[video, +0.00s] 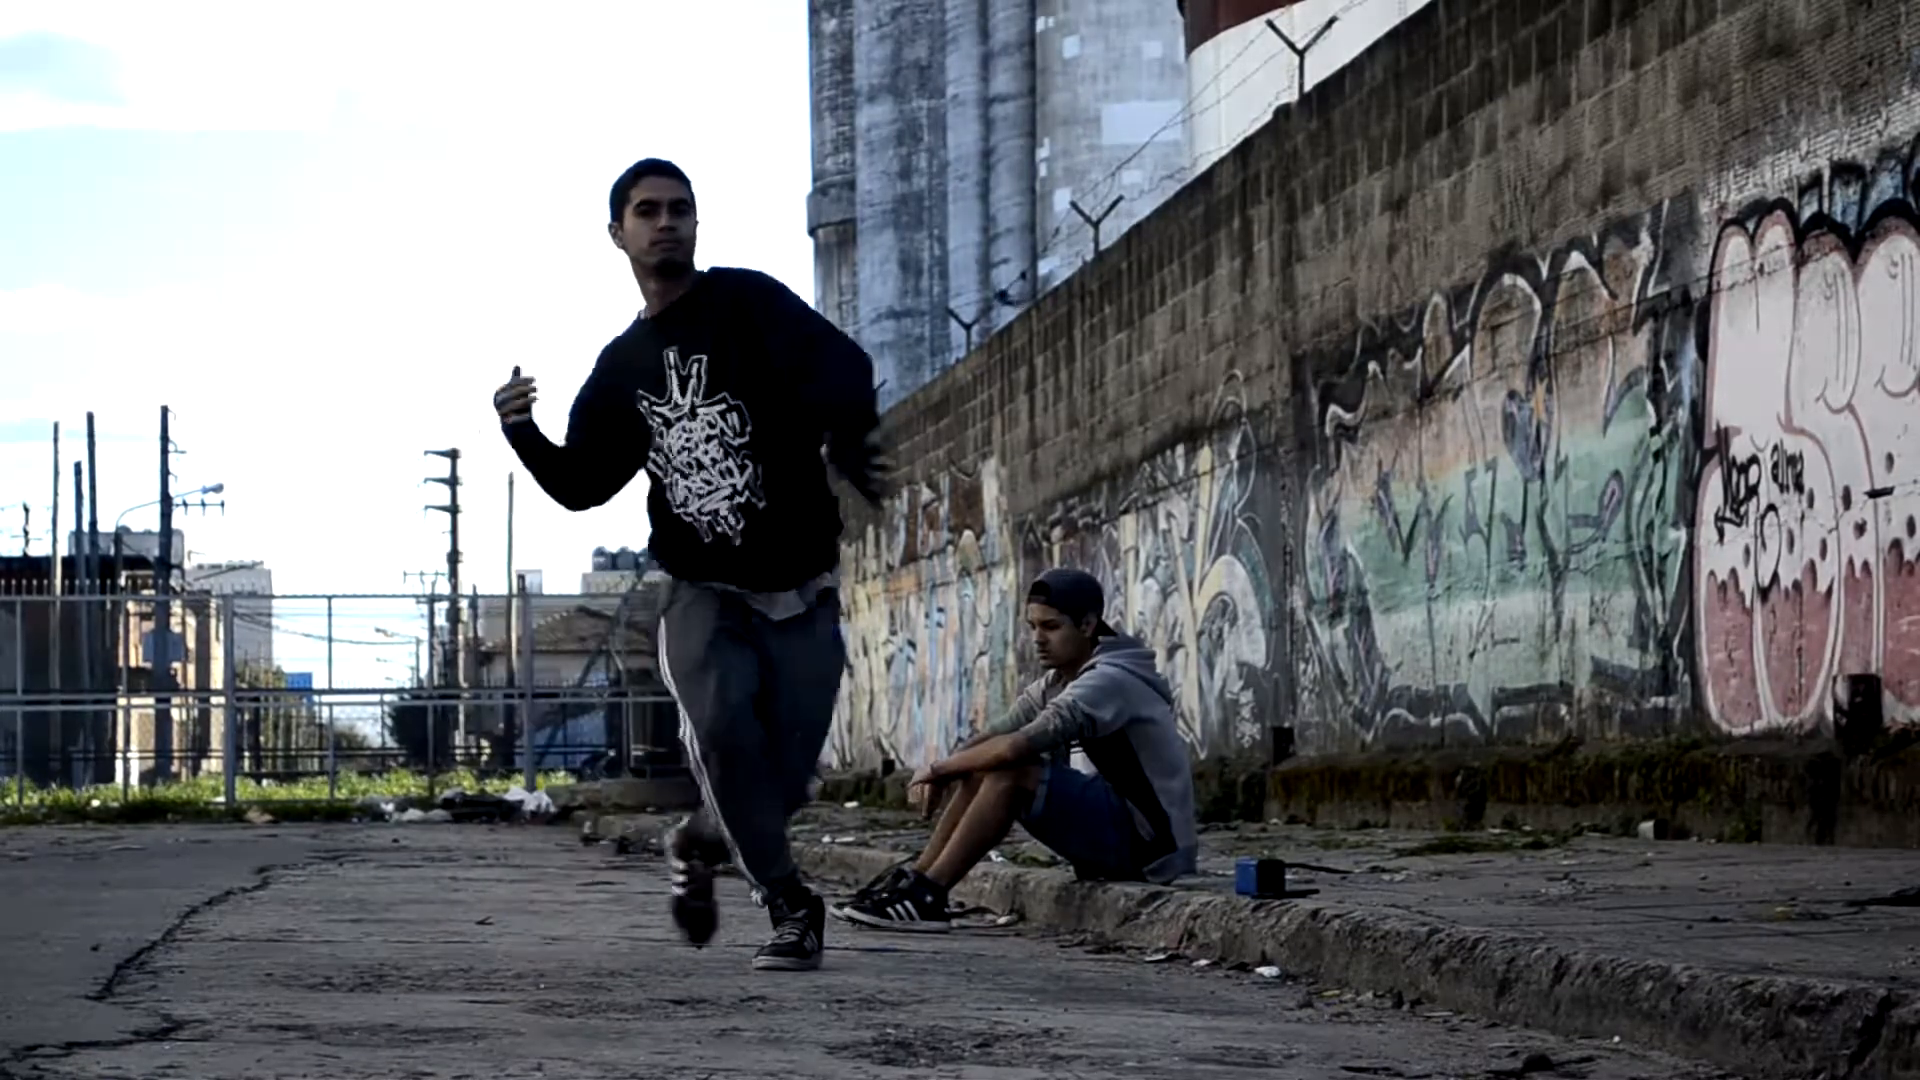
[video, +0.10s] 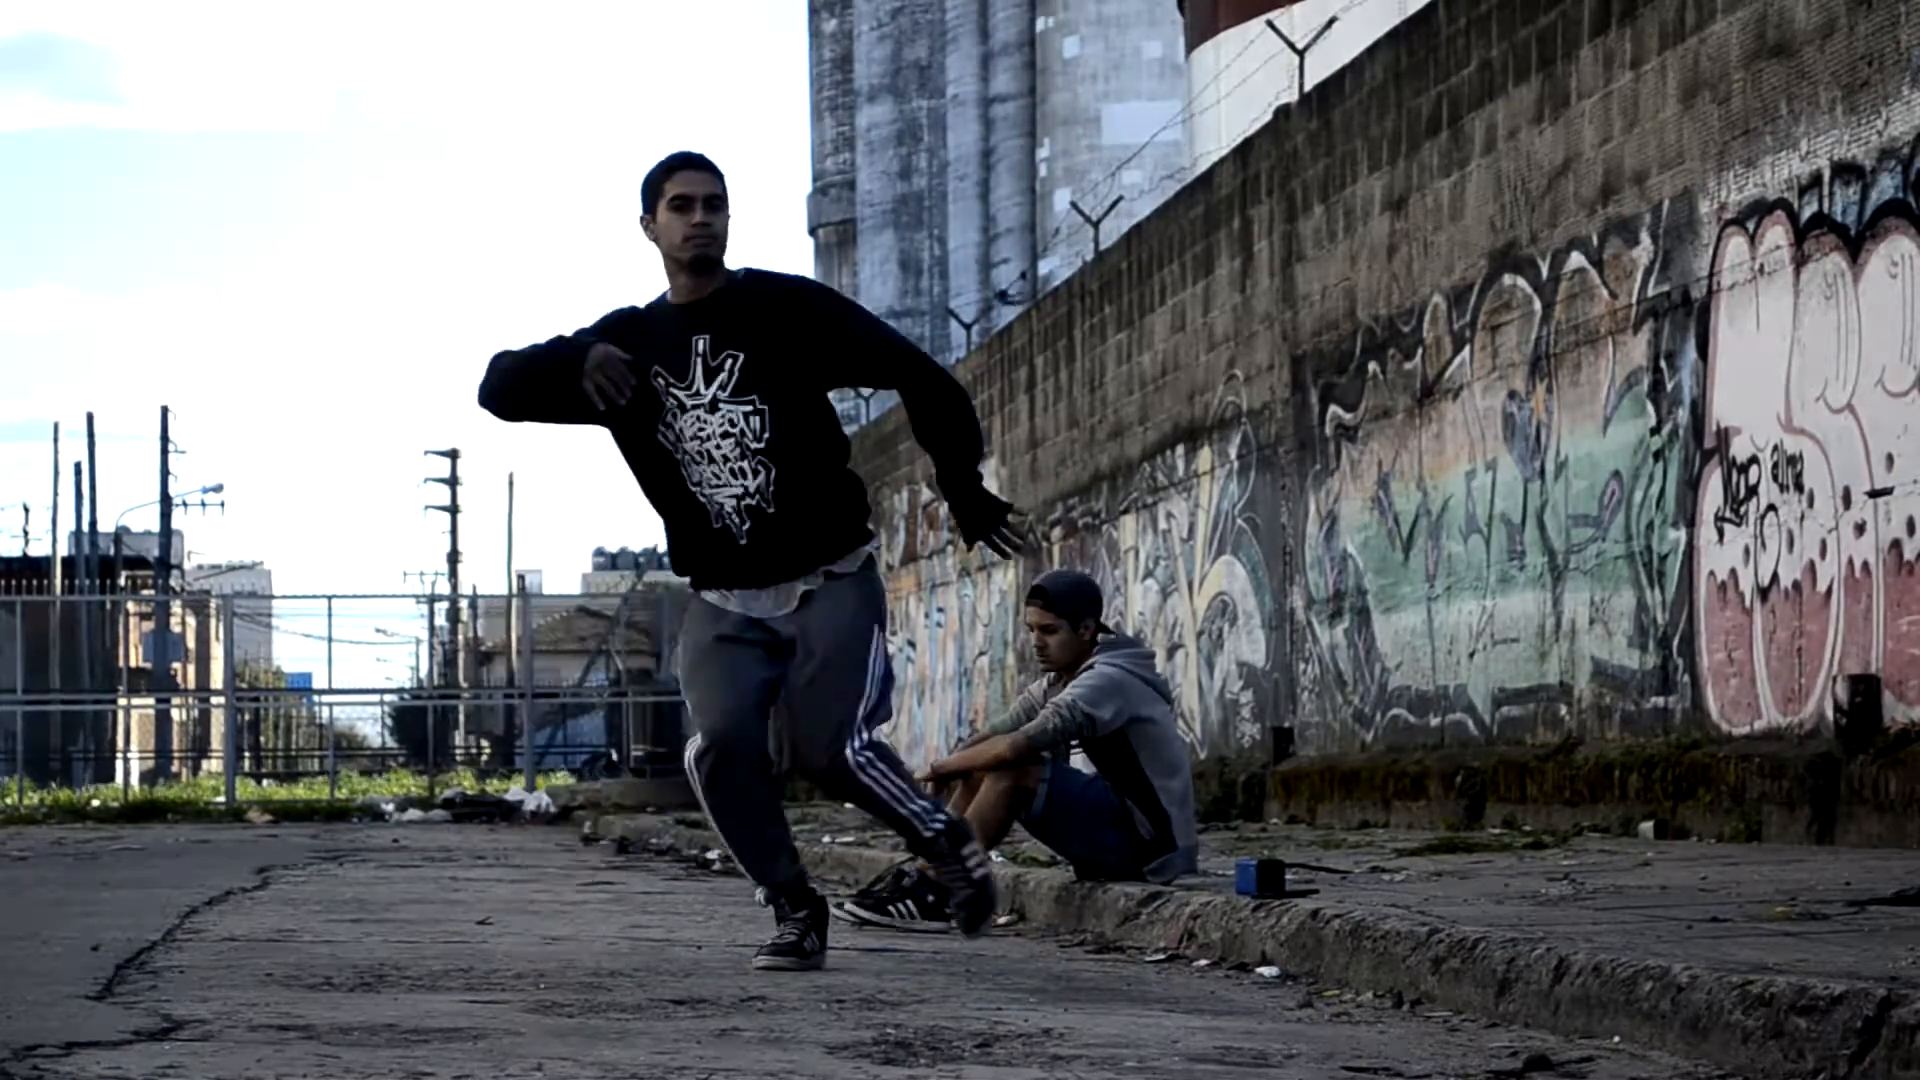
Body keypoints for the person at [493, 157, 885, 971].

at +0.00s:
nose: (666, 222)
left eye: (678, 210)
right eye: (648, 212)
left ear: (697, 225)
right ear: (619, 234)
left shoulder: (754, 300)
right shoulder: (625, 365)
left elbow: (848, 369)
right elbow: (581, 483)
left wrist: (852, 453)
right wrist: (521, 430)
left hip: (801, 580)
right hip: (701, 588)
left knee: (790, 768)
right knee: (718, 728)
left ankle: (698, 843)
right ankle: (790, 907)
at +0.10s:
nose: (701, 218)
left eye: (713, 206)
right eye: (682, 206)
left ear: (728, 220)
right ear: (650, 224)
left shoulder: (790, 308)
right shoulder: (620, 342)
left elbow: (921, 376)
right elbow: (500, 388)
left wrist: (963, 486)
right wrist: (577, 366)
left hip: (830, 575)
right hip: (721, 594)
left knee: (828, 749)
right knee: (718, 748)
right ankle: (796, 911)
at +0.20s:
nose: (739, 226)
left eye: (751, 213)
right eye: (720, 212)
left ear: (765, 227)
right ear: (685, 225)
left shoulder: (817, 318)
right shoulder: (650, 330)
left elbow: (904, 412)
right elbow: (532, 329)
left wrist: (962, 509)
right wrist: (634, 344)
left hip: (855, 573)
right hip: (750, 600)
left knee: (886, 767)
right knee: (743, 753)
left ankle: (1068, 876)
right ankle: (801, 914)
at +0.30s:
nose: (780, 216)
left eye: (791, 203)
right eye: (761, 202)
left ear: (804, 216)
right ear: (724, 215)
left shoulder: (845, 311)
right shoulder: (694, 317)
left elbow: (882, 449)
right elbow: (578, 367)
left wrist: (937, 535)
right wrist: (684, 361)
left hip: (895, 562)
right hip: (779, 587)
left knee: (994, 707)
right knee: (769, 755)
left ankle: (1038, 858)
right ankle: (796, 910)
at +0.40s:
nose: (810, 245)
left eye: (821, 232)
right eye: (792, 230)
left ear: (831, 239)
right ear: (752, 235)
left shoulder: (849, 332)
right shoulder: (717, 326)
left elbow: (874, 431)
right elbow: (637, 430)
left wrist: (912, 491)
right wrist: (754, 421)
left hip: (931, 558)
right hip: (829, 577)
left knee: (1067, 686)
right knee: (815, 746)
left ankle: (987, 874)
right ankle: (785, 902)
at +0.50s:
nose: (834, 284)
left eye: (845, 271)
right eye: (817, 267)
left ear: (852, 281)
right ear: (775, 271)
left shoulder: (851, 383)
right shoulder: (736, 373)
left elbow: (895, 497)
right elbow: (719, 518)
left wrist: (965, 504)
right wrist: (758, 417)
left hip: (965, 579)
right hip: (879, 591)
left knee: (1055, 741)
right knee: (884, 771)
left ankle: (982, 919)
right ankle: (776, 896)